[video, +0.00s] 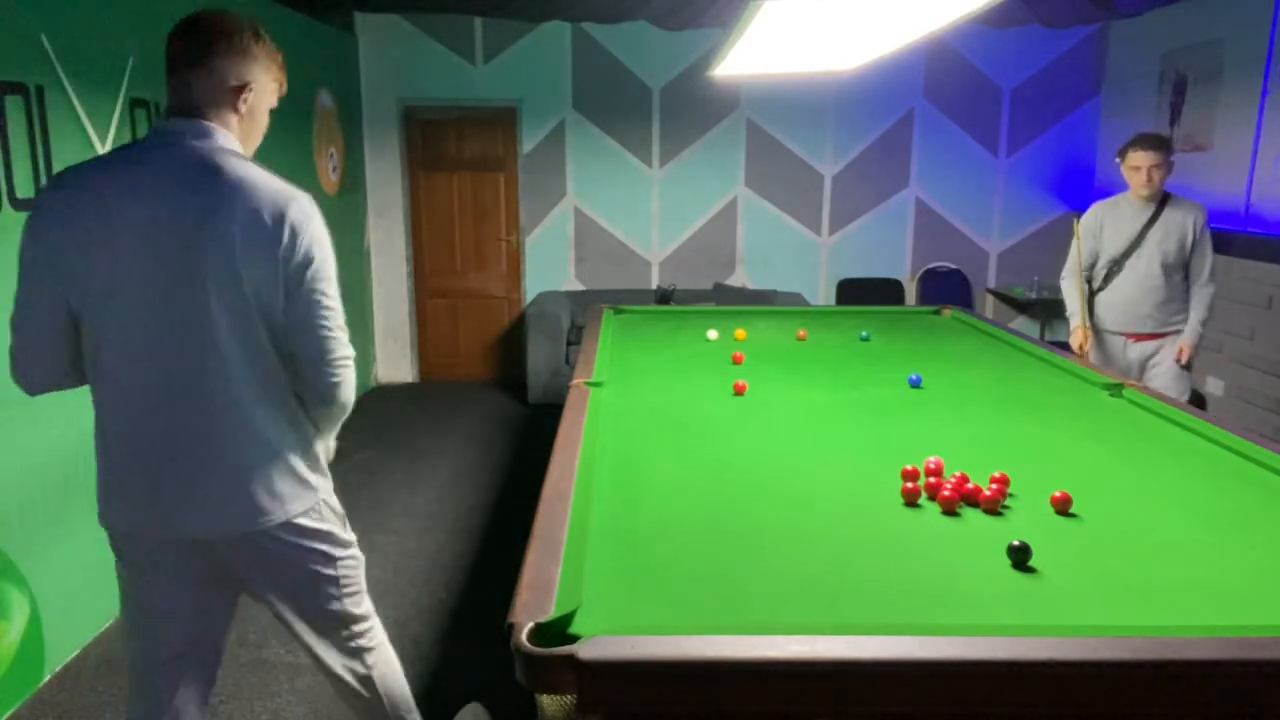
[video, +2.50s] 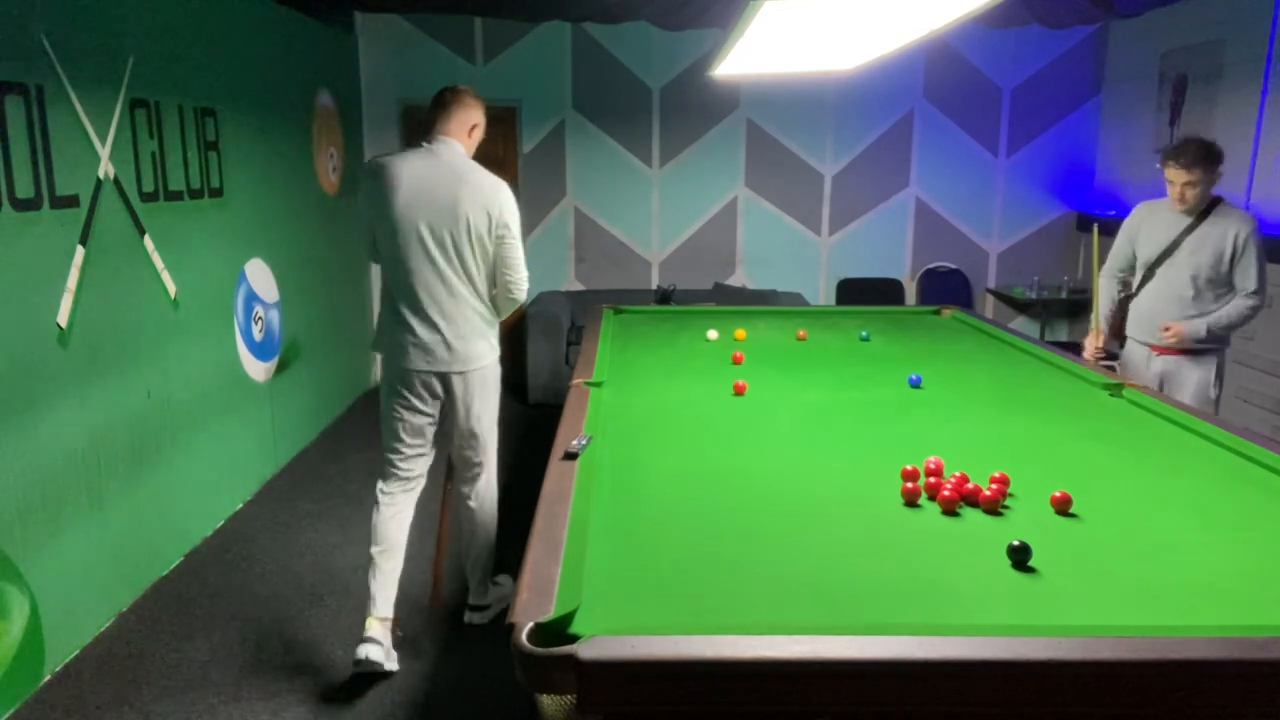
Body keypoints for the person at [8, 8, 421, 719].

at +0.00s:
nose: (269, 121)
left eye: (274, 106)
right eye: (271, 105)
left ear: (174, 91)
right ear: (243, 97)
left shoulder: (68, 198)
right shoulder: (279, 208)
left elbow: (35, 368)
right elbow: (331, 379)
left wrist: (131, 339)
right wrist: (309, 446)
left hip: (144, 503)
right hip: (271, 497)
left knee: (166, 694)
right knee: (361, 657)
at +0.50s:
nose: (434, 127)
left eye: (437, 114)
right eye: (436, 113)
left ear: (357, 98)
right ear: (415, 108)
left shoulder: (269, 176)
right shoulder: (442, 201)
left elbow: (222, 317)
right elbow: (489, 331)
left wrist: (276, 300)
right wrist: (531, 411)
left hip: (304, 444)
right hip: (407, 447)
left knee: (272, 636)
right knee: (433, 631)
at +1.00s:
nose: (494, 130)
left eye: (495, 120)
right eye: (495, 120)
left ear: (421, 104)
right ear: (482, 117)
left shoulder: (345, 170)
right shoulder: (496, 199)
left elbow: (301, 293)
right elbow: (518, 323)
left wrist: (361, 275)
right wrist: (551, 410)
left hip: (357, 411)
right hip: (449, 420)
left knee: (342, 567)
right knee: (446, 578)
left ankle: (319, 709)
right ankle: (445, 712)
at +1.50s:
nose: (408, 122)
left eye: (406, 111)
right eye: (406, 110)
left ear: (340, 108)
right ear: (393, 110)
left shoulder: (292, 185)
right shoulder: (417, 189)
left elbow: (287, 291)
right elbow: (460, 306)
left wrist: (348, 283)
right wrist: (419, 325)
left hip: (341, 399)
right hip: (416, 399)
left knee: (359, 539)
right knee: (453, 536)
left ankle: (367, 675)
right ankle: (442, 700)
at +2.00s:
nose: (407, 128)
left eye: (406, 117)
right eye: (404, 117)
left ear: (345, 116)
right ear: (387, 116)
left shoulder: (297, 188)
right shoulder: (423, 186)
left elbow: (282, 291)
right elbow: (460, 292)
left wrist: (344, 287)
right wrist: (430, 329)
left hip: (344, 380)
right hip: (419, 375)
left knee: (357, 513)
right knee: (451, 489)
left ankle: (365, 668)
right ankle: (478, 601)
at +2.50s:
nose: (481, 137)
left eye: (479, 129)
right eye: (481, 130)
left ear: (429, 122)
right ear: (474, 130)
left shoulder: (382, 173)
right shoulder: (494, 192)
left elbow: (376, 250)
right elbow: (515, 291)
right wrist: (477, 322)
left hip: (408, 353)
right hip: (472, 357)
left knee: (398, 481)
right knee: (476, 476)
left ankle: (376, 629)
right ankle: (480, 597)